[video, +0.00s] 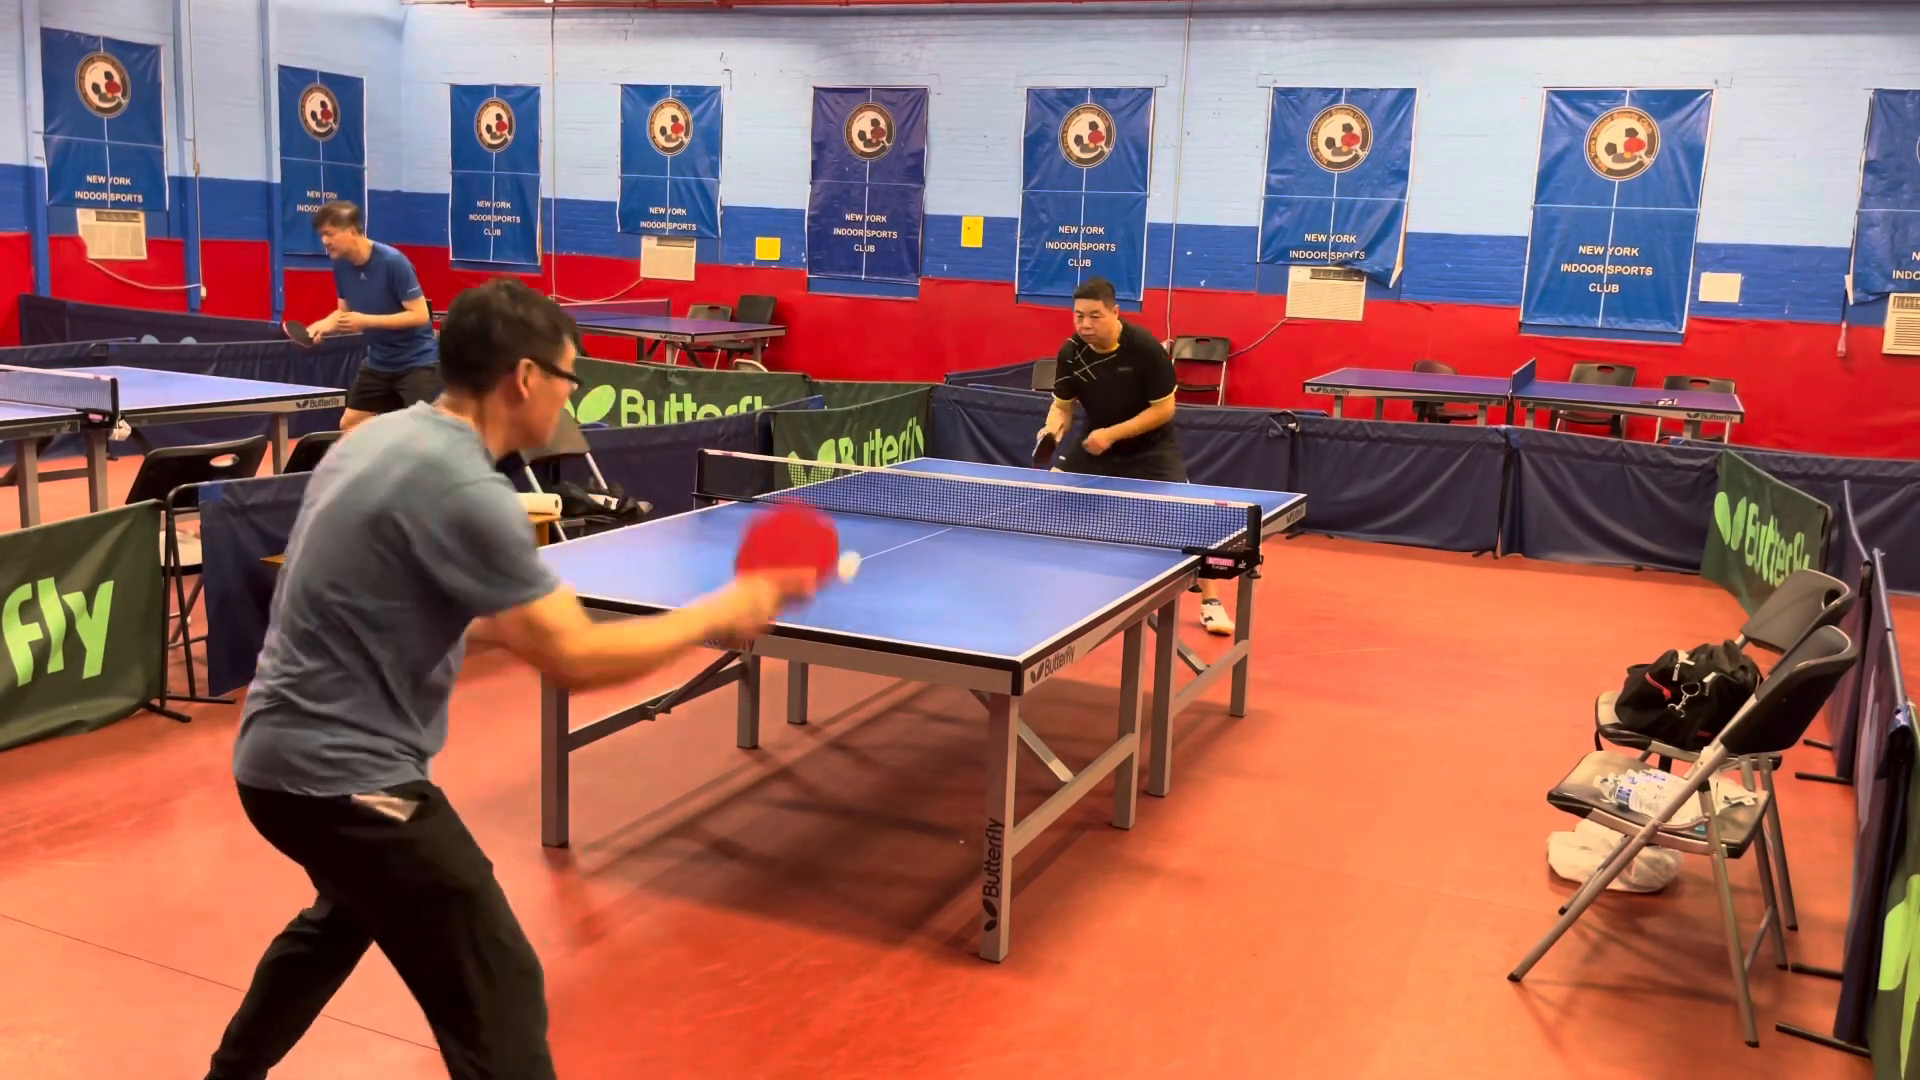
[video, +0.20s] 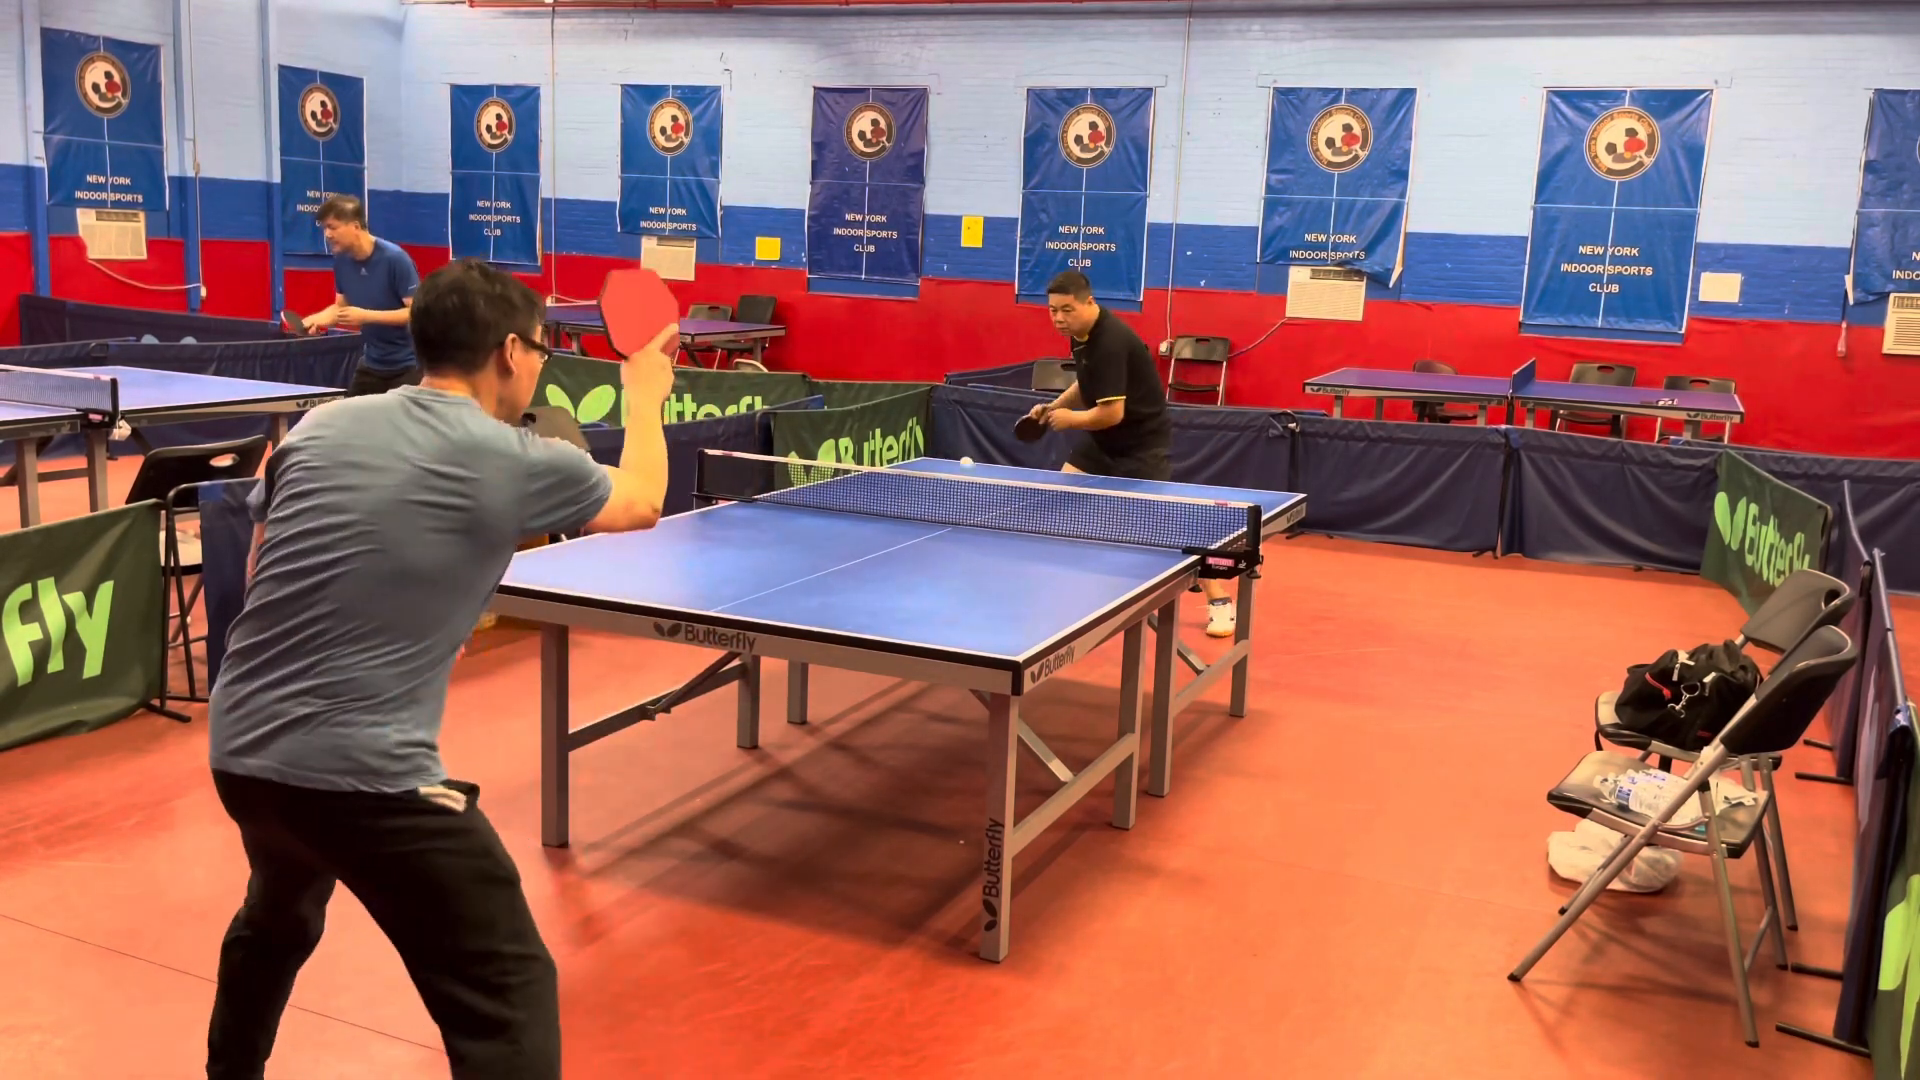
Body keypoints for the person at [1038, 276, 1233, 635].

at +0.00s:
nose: (1084, 325)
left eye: (1094, 316)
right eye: (1079, 316)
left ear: (1115, 313)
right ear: (1073, 315)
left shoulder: (1146, 350)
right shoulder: (1071, 353)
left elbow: (1165, 409)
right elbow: (1062, 405)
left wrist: (1112, 433)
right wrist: (1054, 427)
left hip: (1151, 447)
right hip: (1095, 445)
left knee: (1182, 512)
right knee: (1045, 497)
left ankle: (1210, 599)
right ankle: (1035, 585)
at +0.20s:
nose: (1058, 319)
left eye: (1066, 310)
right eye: (1053, 310)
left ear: (1090, 304)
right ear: (1049, 309)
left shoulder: (1110, 340)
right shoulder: (1081, 334)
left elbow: (1113, 413)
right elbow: (1087, 381)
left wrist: (1070, 419)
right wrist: (1053, 407)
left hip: (1141, 445)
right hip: (1101, 439)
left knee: (1166, 520)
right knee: (1056, 502)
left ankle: (1217, 598)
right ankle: (1043, 586)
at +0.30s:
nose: (1055, 323)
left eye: (1063, 314)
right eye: (1052, 314)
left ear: (1088, 306)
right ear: (1051, 311)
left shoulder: (1110, 344)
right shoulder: (1092, 333)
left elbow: (1106, 416)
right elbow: (1093, 374)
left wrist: (1069, 419)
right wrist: (1056, 388)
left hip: (1140, 450)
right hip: (1102, 443)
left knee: (1167, 523)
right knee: (1053, 500)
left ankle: (1224, 598)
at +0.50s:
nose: (1081, 321)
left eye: (1088, 312)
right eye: (1077, 312)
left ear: (1112, 304)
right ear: (1077, 309)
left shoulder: (1151, 334)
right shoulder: (1084, 339)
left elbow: (1166, 402)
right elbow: (1058, 396)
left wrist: (1113, 420)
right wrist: (1059, 370)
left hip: (1160, 445)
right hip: (1110, 444)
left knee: (1185, 519)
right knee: (1063, 498)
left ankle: (1218, 602)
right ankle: (1047, 587)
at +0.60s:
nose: (1102, 318)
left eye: (1110, 309)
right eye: (1097, 310)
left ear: (1133, 303)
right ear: (1093, 309)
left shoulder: (1170, 334)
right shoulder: (1093, 340)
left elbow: (1195, 394)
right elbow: (1068, 403)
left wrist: (1143, 421)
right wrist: (1080, 385)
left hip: (1167, 447)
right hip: (1110, 443)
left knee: (1191, 519)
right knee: (1065, 501)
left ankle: (1222, 603)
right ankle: (1054, 592)